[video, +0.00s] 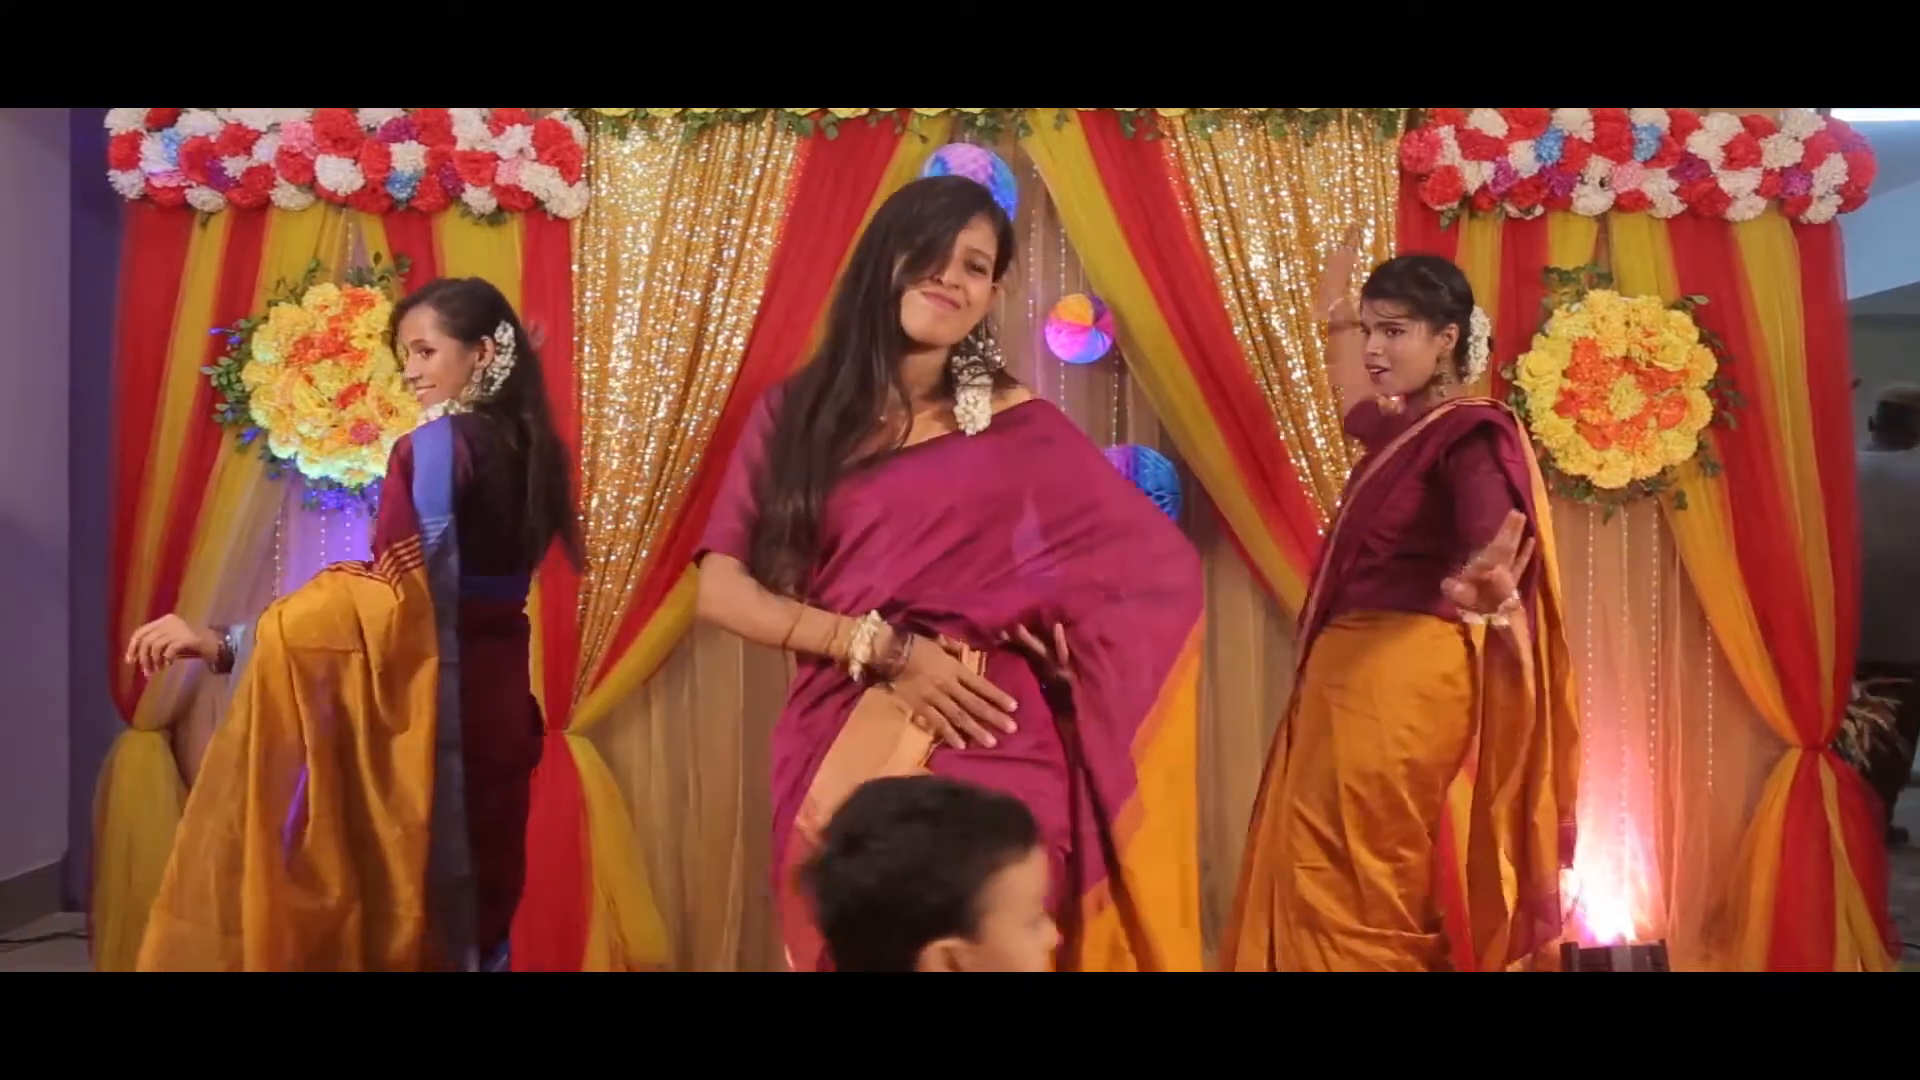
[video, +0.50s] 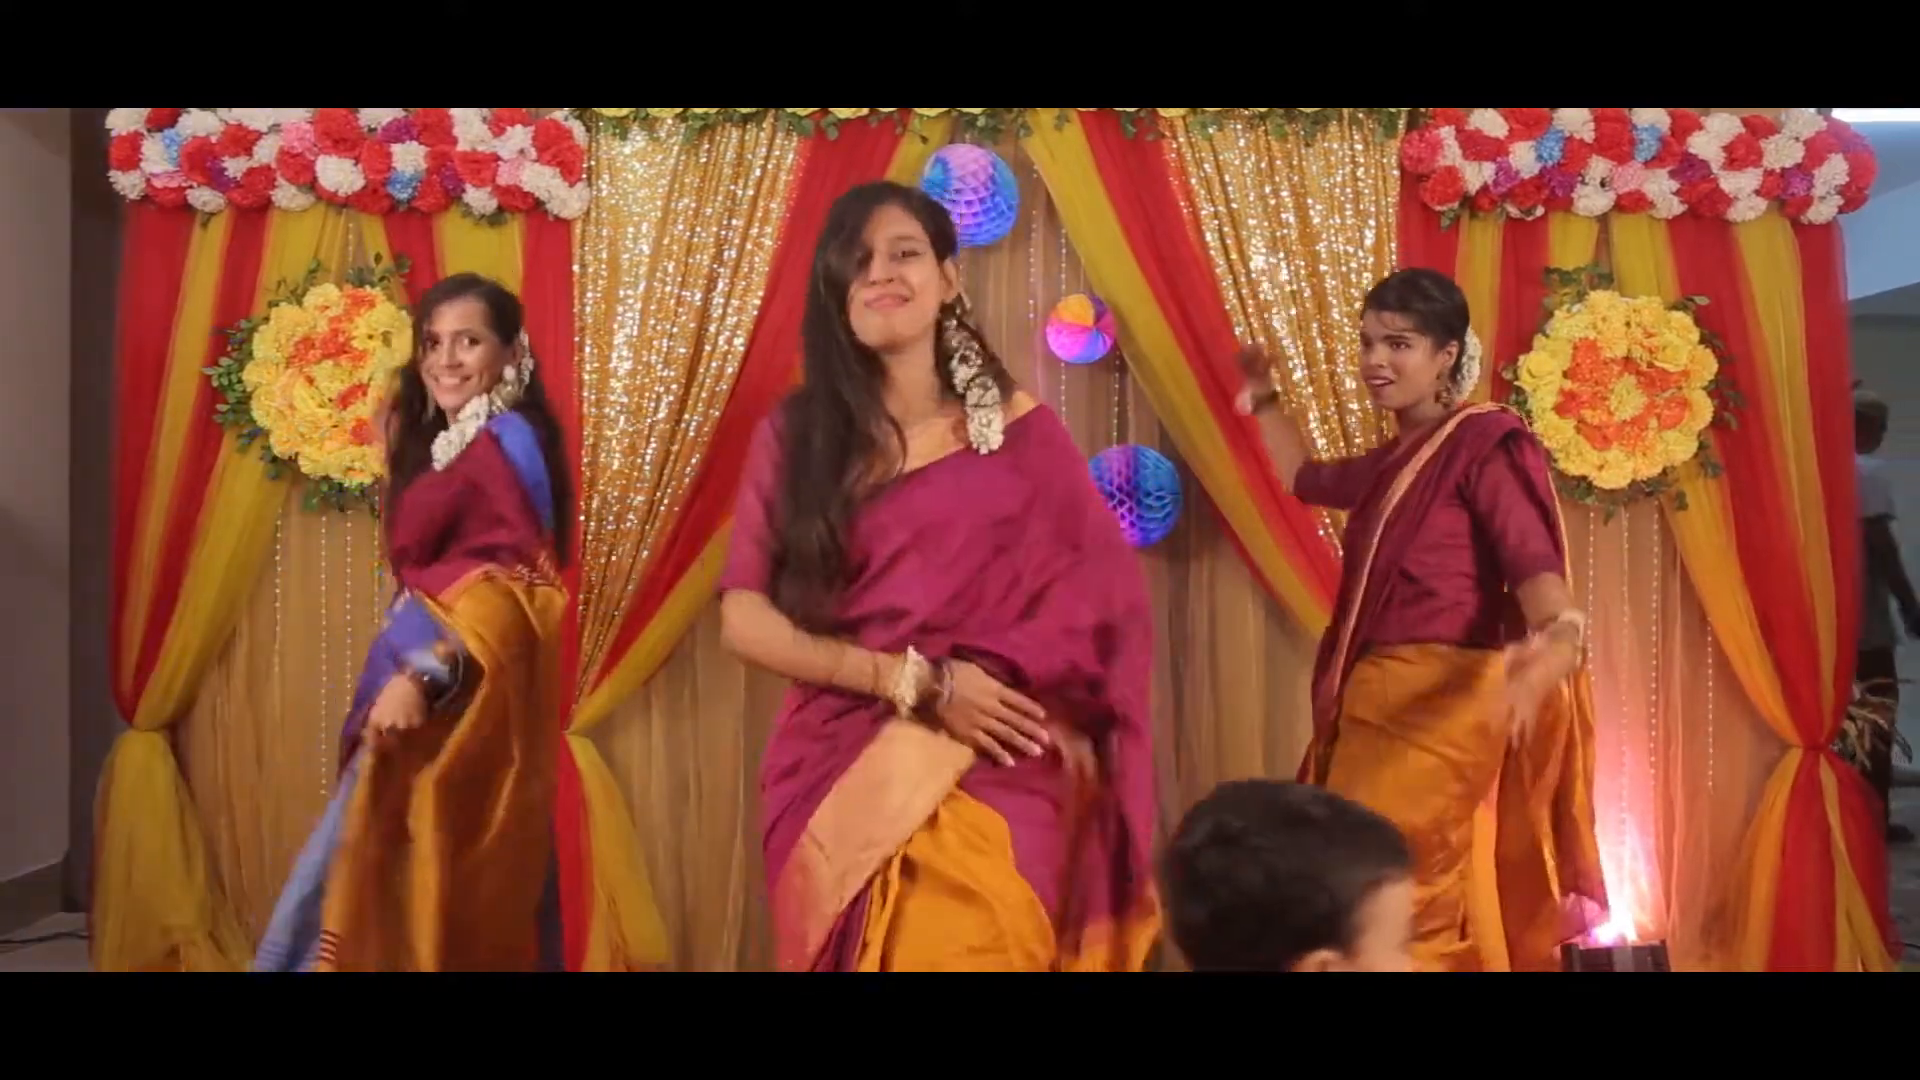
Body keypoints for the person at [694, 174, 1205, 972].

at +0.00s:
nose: (953, 278)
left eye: (978, 267)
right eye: (934, 253)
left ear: (993, 296)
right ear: (886, 259)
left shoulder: (1016, 417)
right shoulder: (791, 413)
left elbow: (1168, 562)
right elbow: (718, 591)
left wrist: (1078, 635)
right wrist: (885, 649)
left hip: (1005, 746)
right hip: (843, 750)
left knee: (1001, 958)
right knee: (844, 957)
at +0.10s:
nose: (938, 296)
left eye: (962, 285)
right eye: (918, 272)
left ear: (979, 314)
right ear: (868, 281)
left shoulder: (1019, 434)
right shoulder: (800, 451)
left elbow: (1158, 600)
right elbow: (741, 645)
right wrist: (896, 705)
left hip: (995, 796)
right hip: (828, 797)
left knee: (994, 961)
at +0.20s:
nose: (925, 301)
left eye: (947, 288)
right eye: (902, 280)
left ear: (967, 319)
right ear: (855, 297)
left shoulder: (1016, 437)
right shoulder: (801, 464)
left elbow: (1136, 603)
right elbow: (752, 659)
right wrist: (920, 715)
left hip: (999, 780)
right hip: (828, 783)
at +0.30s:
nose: (917, 266)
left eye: (939, 253)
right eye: (891, 250)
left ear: (964, 290)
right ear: (847, 273)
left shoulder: (1014, 423)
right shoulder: (788, 427)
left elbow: (1120, 569)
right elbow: (735, 613)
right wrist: (917, 672)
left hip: (1002, 755)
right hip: (840, 753)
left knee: (981, 941)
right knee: (852, 947)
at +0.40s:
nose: (896, 255)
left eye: (920, 238)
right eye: (872, 243)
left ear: (959, 273)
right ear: (840, 275)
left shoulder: (1016, 421)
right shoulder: (789, 411)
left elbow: (1112, 579)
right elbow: (728, 591)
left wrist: (1069, 660)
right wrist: (907, 657)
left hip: (1009, 735)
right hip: (849, 734)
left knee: (983, 935)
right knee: (859, 945)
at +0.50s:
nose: (883, 272)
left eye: (907, 252)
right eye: (859, 259)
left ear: (951, 280)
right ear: (836, 295)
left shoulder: (1019, 423)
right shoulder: (796, 433)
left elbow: (1109, 590)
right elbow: (745, 620)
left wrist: (976, 680)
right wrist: (911, 680)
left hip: (1002, 763)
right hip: (842, 762)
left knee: (969, 939)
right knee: (860, 947)